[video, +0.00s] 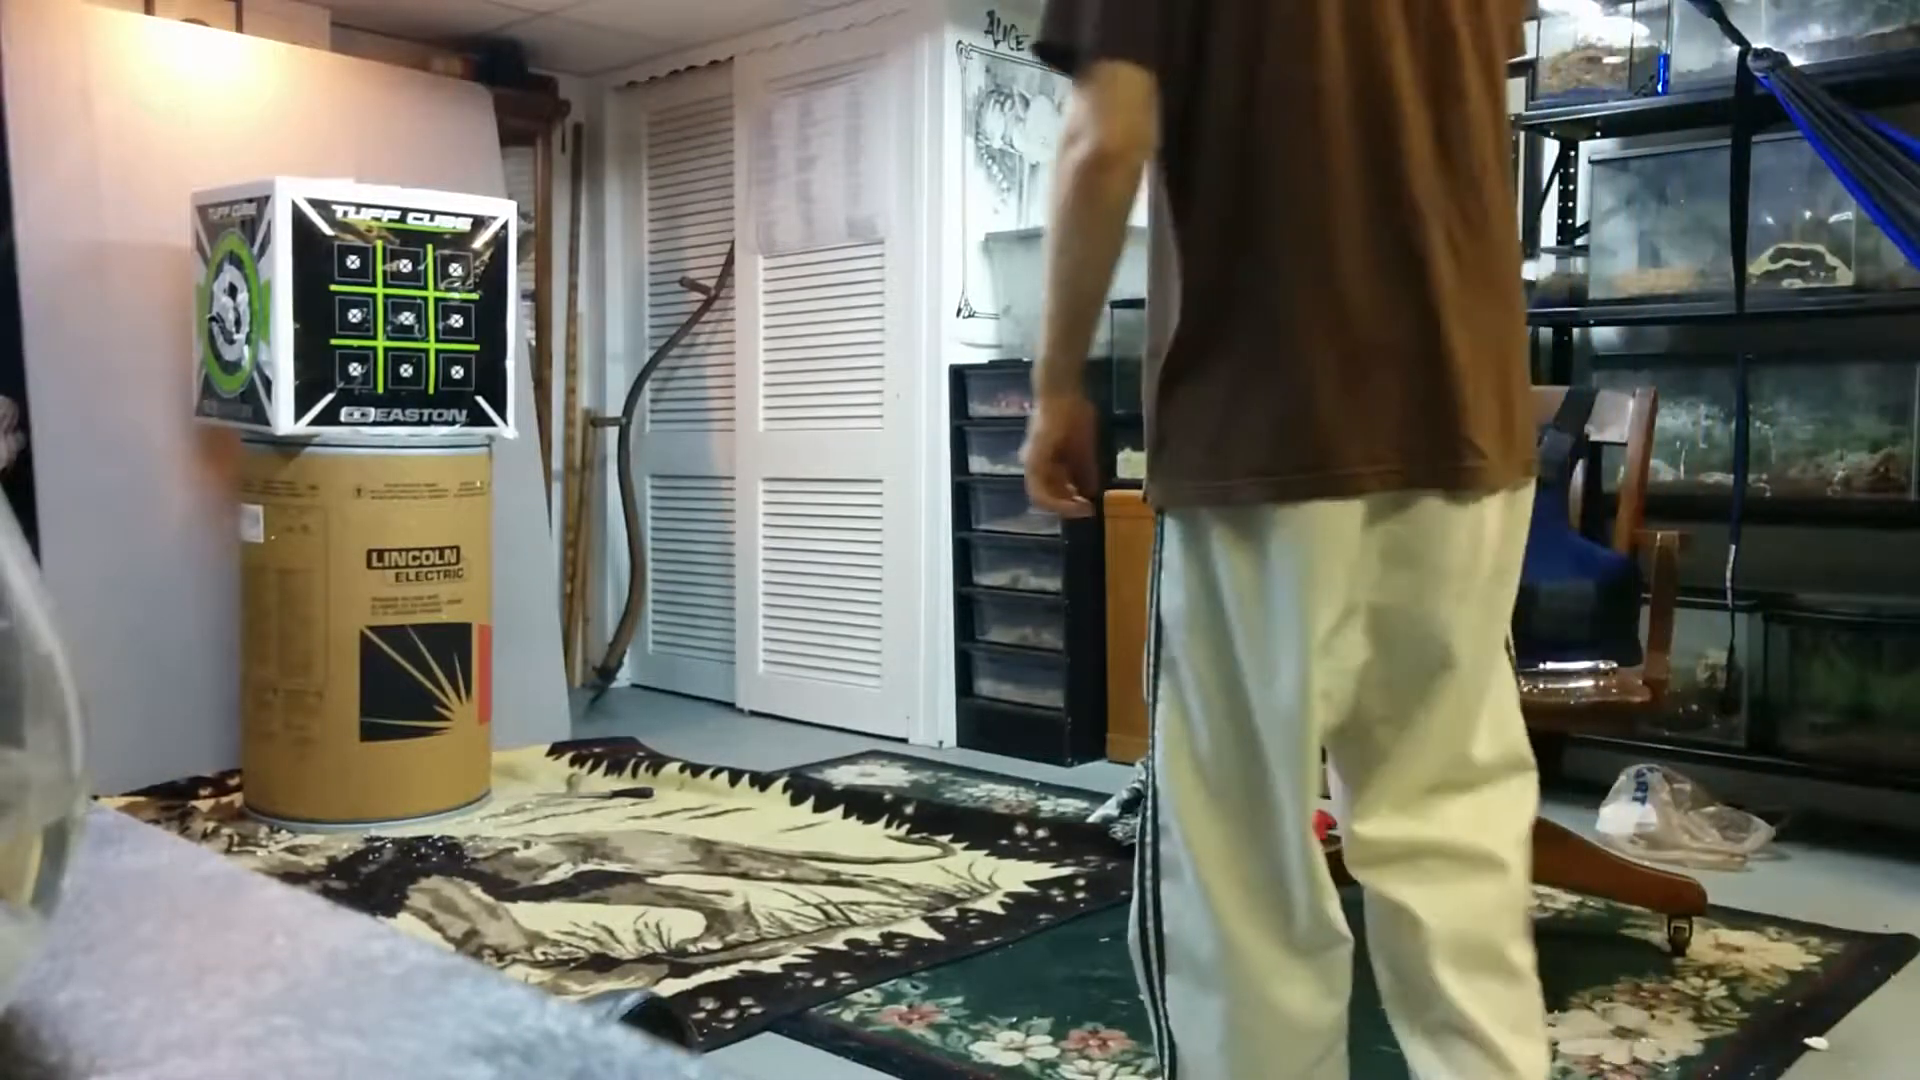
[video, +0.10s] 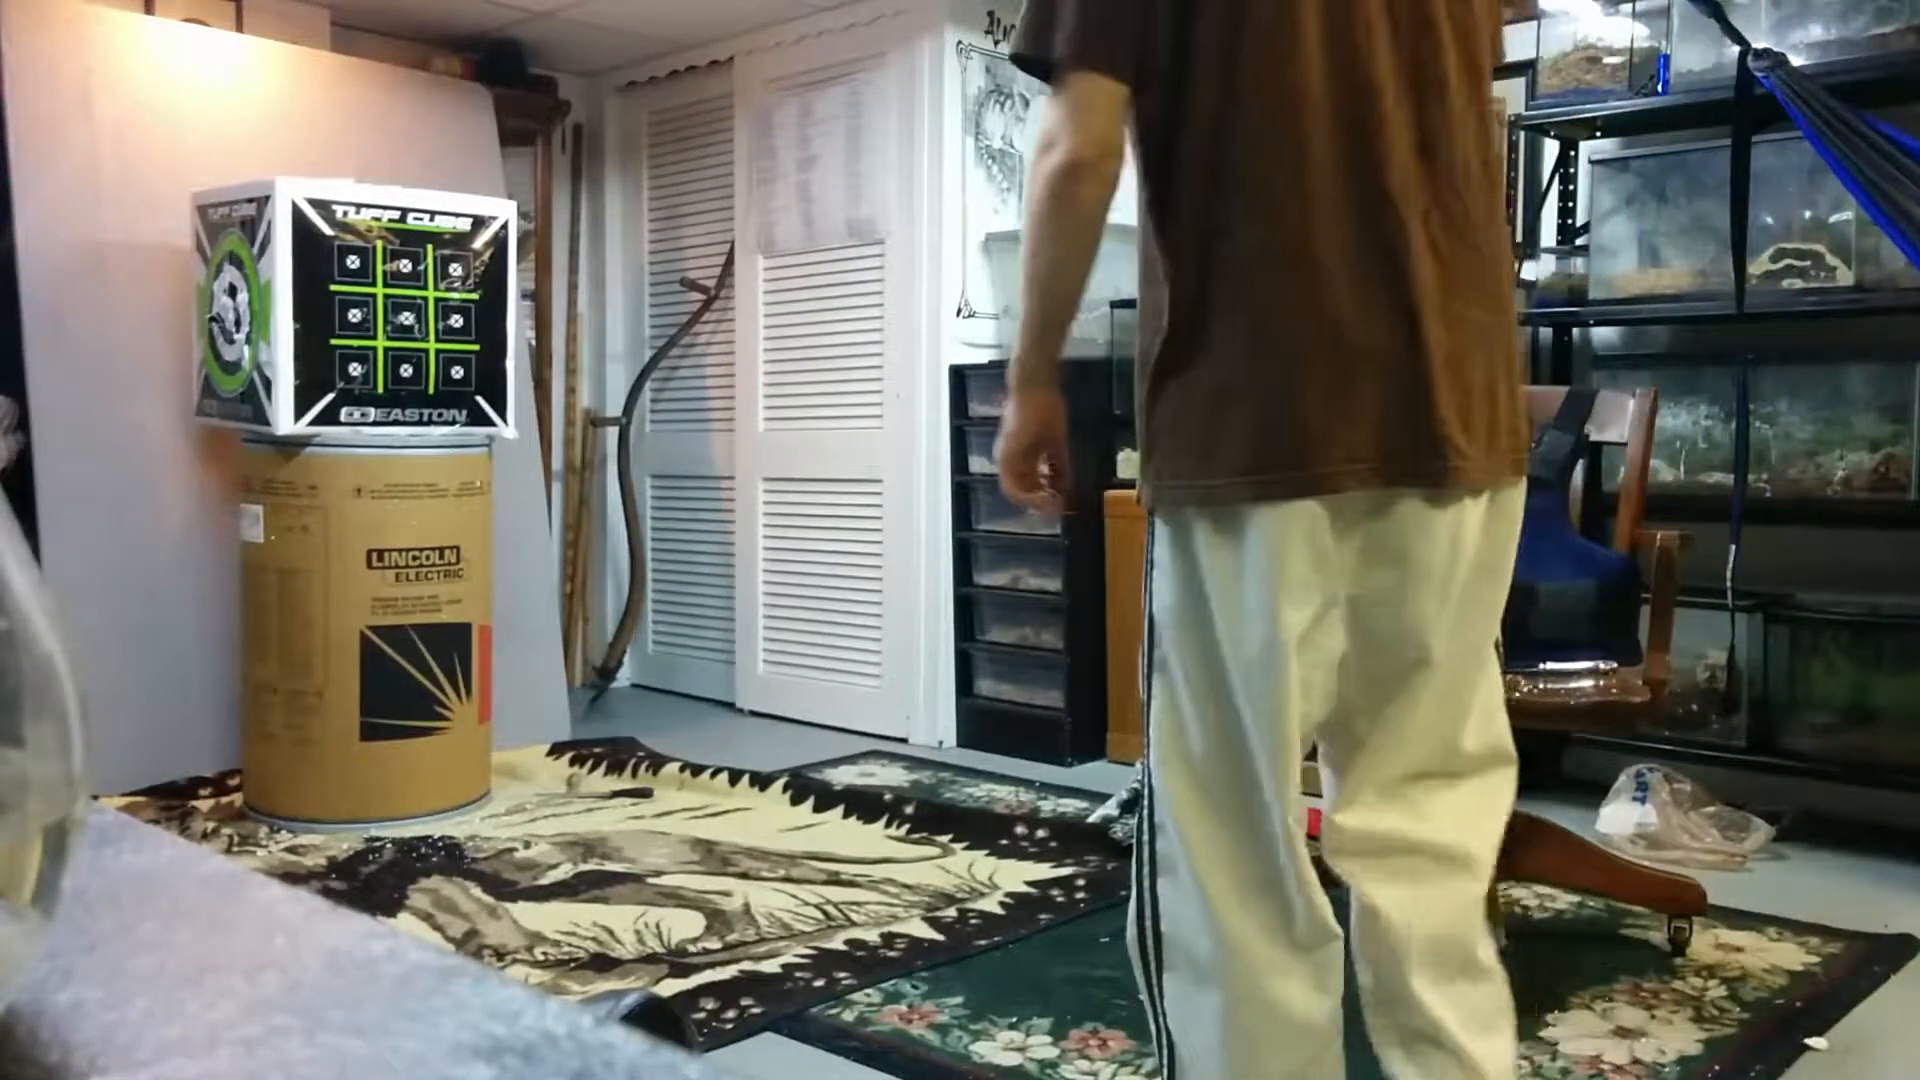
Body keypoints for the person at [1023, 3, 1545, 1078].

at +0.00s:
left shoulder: (1144, 2)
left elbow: (1106, 141)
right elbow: (1486, 109)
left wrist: (1058, 382)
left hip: (1259, 398)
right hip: (1470, 384)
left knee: (1236, 836)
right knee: (1448, 812)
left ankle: (1256, 1056)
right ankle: (1491, 1058)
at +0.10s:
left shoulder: (1131, 2)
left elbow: (1078, 154)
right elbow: (1474, 98)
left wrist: (1033, 378)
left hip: (1248, 392)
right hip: (1461, 379)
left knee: (1228, 824)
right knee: (1425, 806)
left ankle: (1256, 1056)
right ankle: (1454, 1056)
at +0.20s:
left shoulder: (1125, 2)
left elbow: (1070, 152)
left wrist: (1020, 376)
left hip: (1243, 385)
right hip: (1456, 372)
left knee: (1232, 820)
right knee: (1418, 805)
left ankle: (1257, 1057)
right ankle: (1436, 1056)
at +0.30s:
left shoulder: (1123, 5)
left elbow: (1072, 151)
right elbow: (1487, 131)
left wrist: (1025, 377)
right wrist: (1454, 320)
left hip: (1248, 378)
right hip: (1462, 366)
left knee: (1237, 811)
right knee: (1427, 796)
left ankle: (1264, 1056)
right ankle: (1437, 1052)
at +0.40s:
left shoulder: (1119, 3)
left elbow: (1076, 155)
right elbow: (1517, 136)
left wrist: (1042, 388)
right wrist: (1455, 313)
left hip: (1252, 377)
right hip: (1473, 366)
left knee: (1245, 811)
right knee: (1463, 789)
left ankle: (1265, 1057)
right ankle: (1491, 1056)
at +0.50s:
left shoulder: (1135, 2)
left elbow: (1090, 151)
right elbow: (1545, 133)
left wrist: (1070, 392)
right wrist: (1469, 307)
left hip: (1271, 383)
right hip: (1487, 373)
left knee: (1255, 819)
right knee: (1519, 791)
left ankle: (1271, 1058)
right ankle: (1577, 1056)